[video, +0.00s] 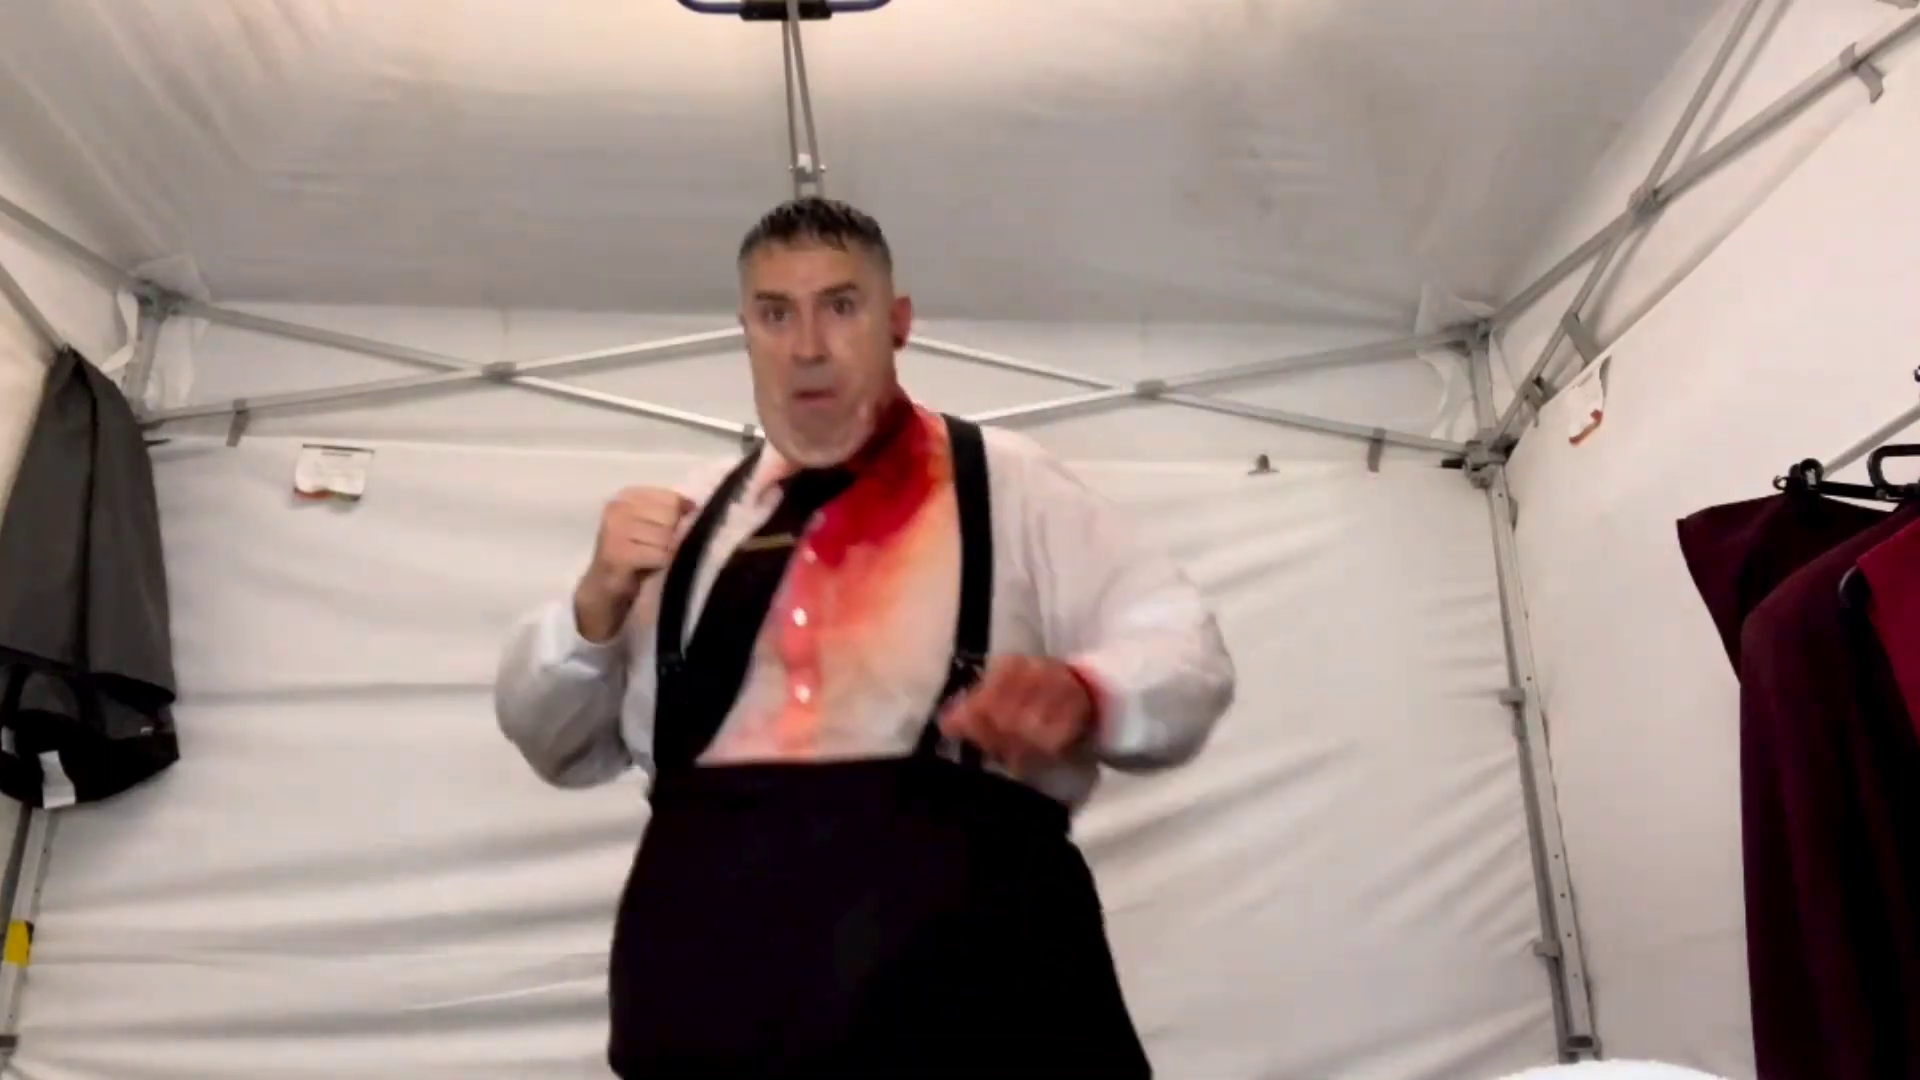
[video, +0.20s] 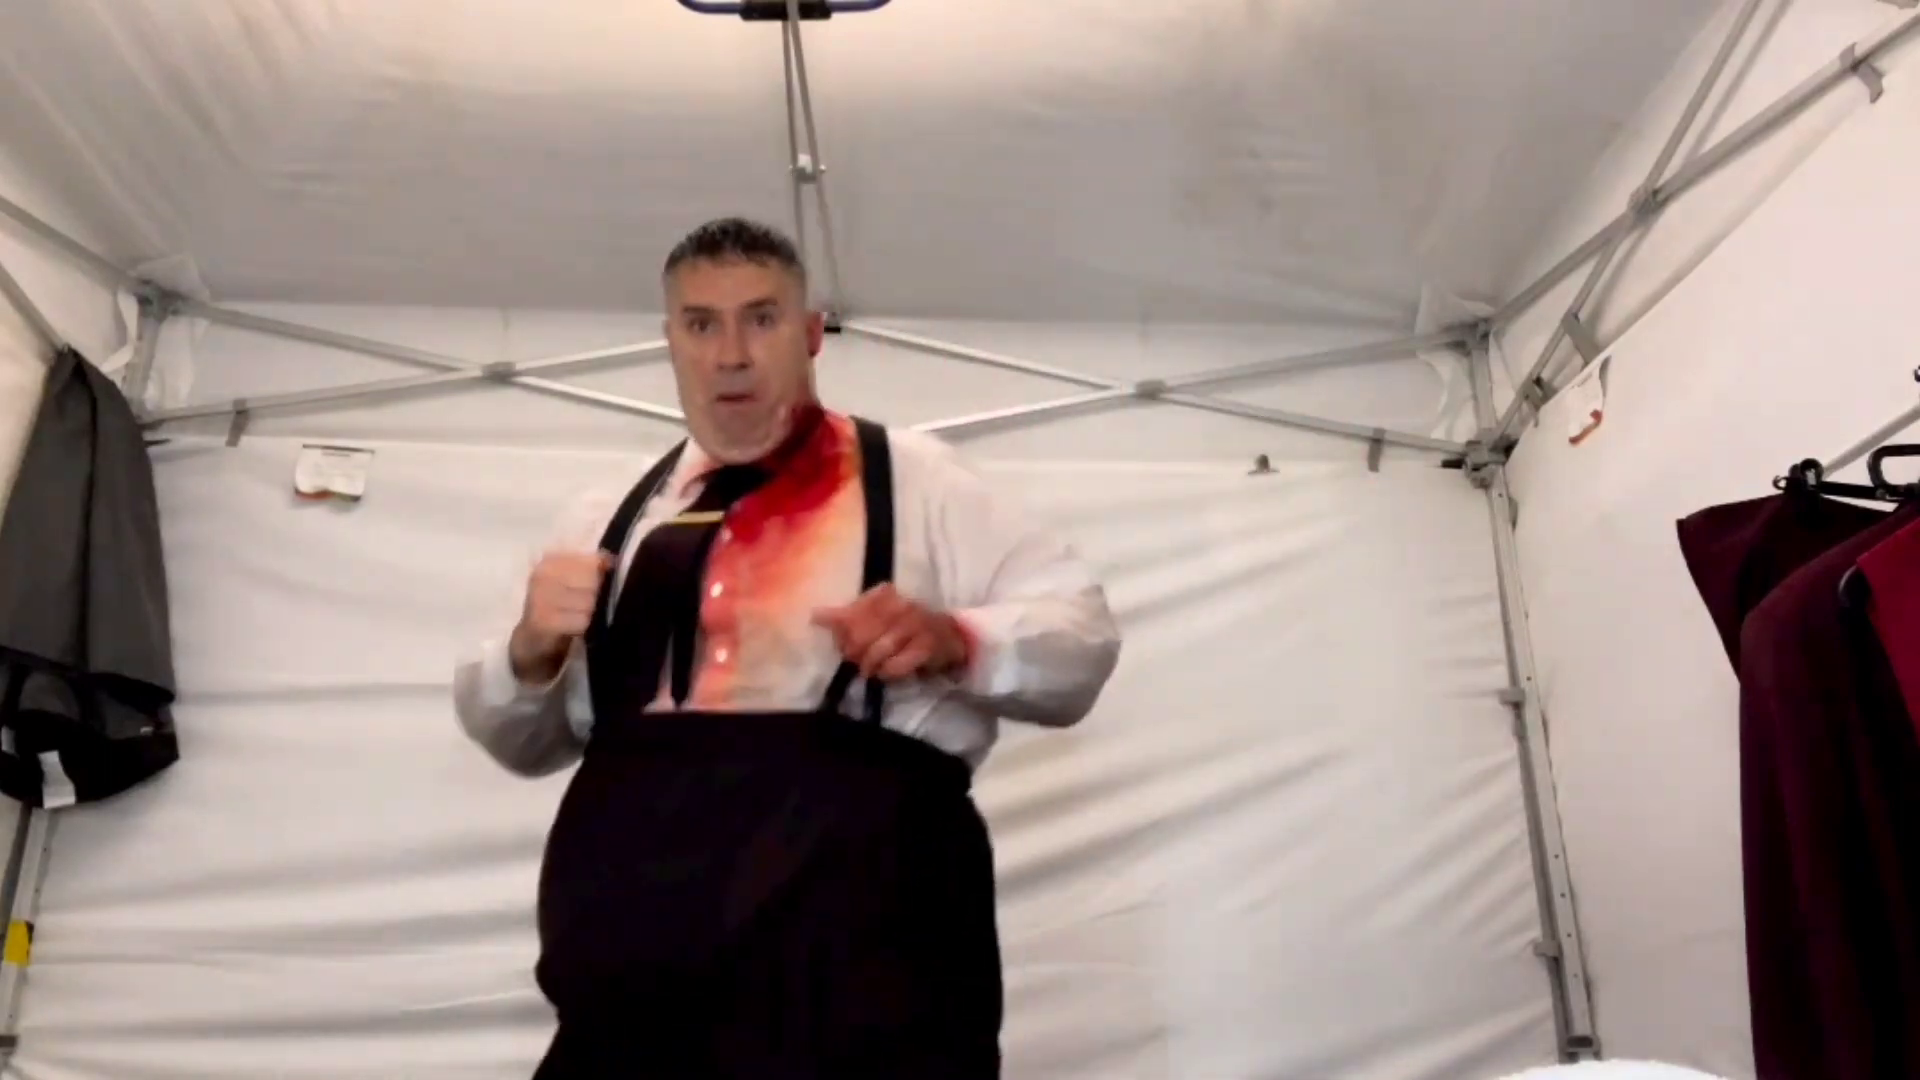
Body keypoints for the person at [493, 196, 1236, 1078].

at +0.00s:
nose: (807, 346)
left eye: (839, 308)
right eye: (775, 313)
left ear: (897, 324)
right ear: (746, 337)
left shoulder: (1010, 488)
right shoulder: (688, 527)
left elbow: (1187, 656)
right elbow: (557, 746)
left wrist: (1087, 696)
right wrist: (595, 609)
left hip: (952, 924)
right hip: (717, 935)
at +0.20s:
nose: (731, 355)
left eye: (762, 320)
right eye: (700, 325)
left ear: (814, 336)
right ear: (669, 345)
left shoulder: (917, 483)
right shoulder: (624, 515)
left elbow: (1082, 644)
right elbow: (524, 742)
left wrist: (961, 643)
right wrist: (531, 656)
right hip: (646, 924)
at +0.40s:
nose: (660, 463)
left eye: (690, 427)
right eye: (630, 430)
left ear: (743, 440)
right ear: (602, 446)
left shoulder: (840, 588)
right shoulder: (545, 606)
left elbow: (971, 749)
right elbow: (438, 823)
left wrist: (881, 823)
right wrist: (467, 799)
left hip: (775, 989)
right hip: (564, 987)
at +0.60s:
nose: (649, 430)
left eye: (679, 397)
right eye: (620, 398)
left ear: (728, 413)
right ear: (587, 417)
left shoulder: (824, 562)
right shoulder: (524, 568)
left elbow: (962, 716)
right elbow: (398, 784)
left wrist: (873, 779)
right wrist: (431, 691)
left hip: (744, 966)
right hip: (530, 962)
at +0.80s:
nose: (569, 394)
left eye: (598, 362)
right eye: (540, 374)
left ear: (659, 385)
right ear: (519, 411)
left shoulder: (748, 515)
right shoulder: (514, 604)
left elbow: (833, 425)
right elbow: (463, 796)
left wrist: (629, 291)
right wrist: (421, 913)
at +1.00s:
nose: (464, 442)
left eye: (490, 413)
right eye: (434, 428)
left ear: (552, 433)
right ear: (416, 466)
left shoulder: (667, 498)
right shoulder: (413, 677)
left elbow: (850, 535)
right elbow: (296, 844)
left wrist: (958, 499)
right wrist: (246, 727)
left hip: (721, 736)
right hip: (516, 852)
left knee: (728, 909)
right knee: (560, 1034)